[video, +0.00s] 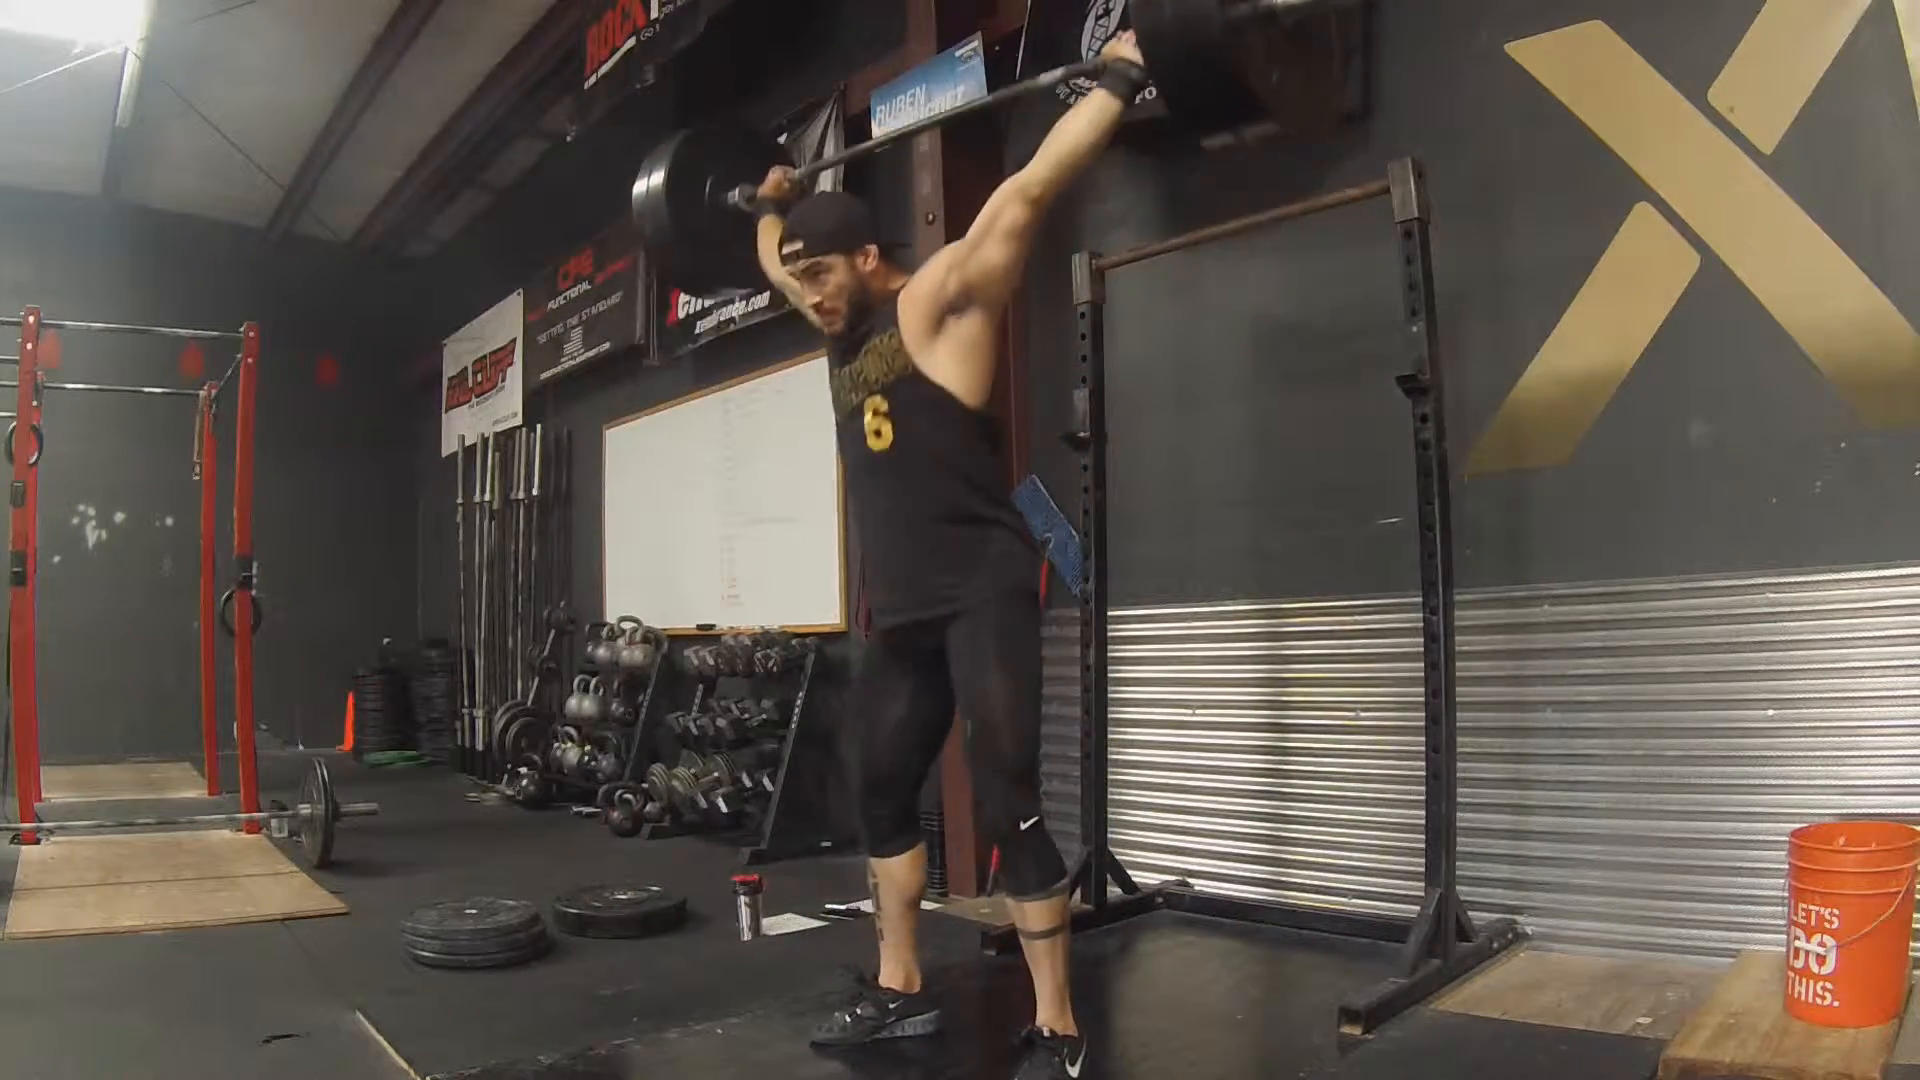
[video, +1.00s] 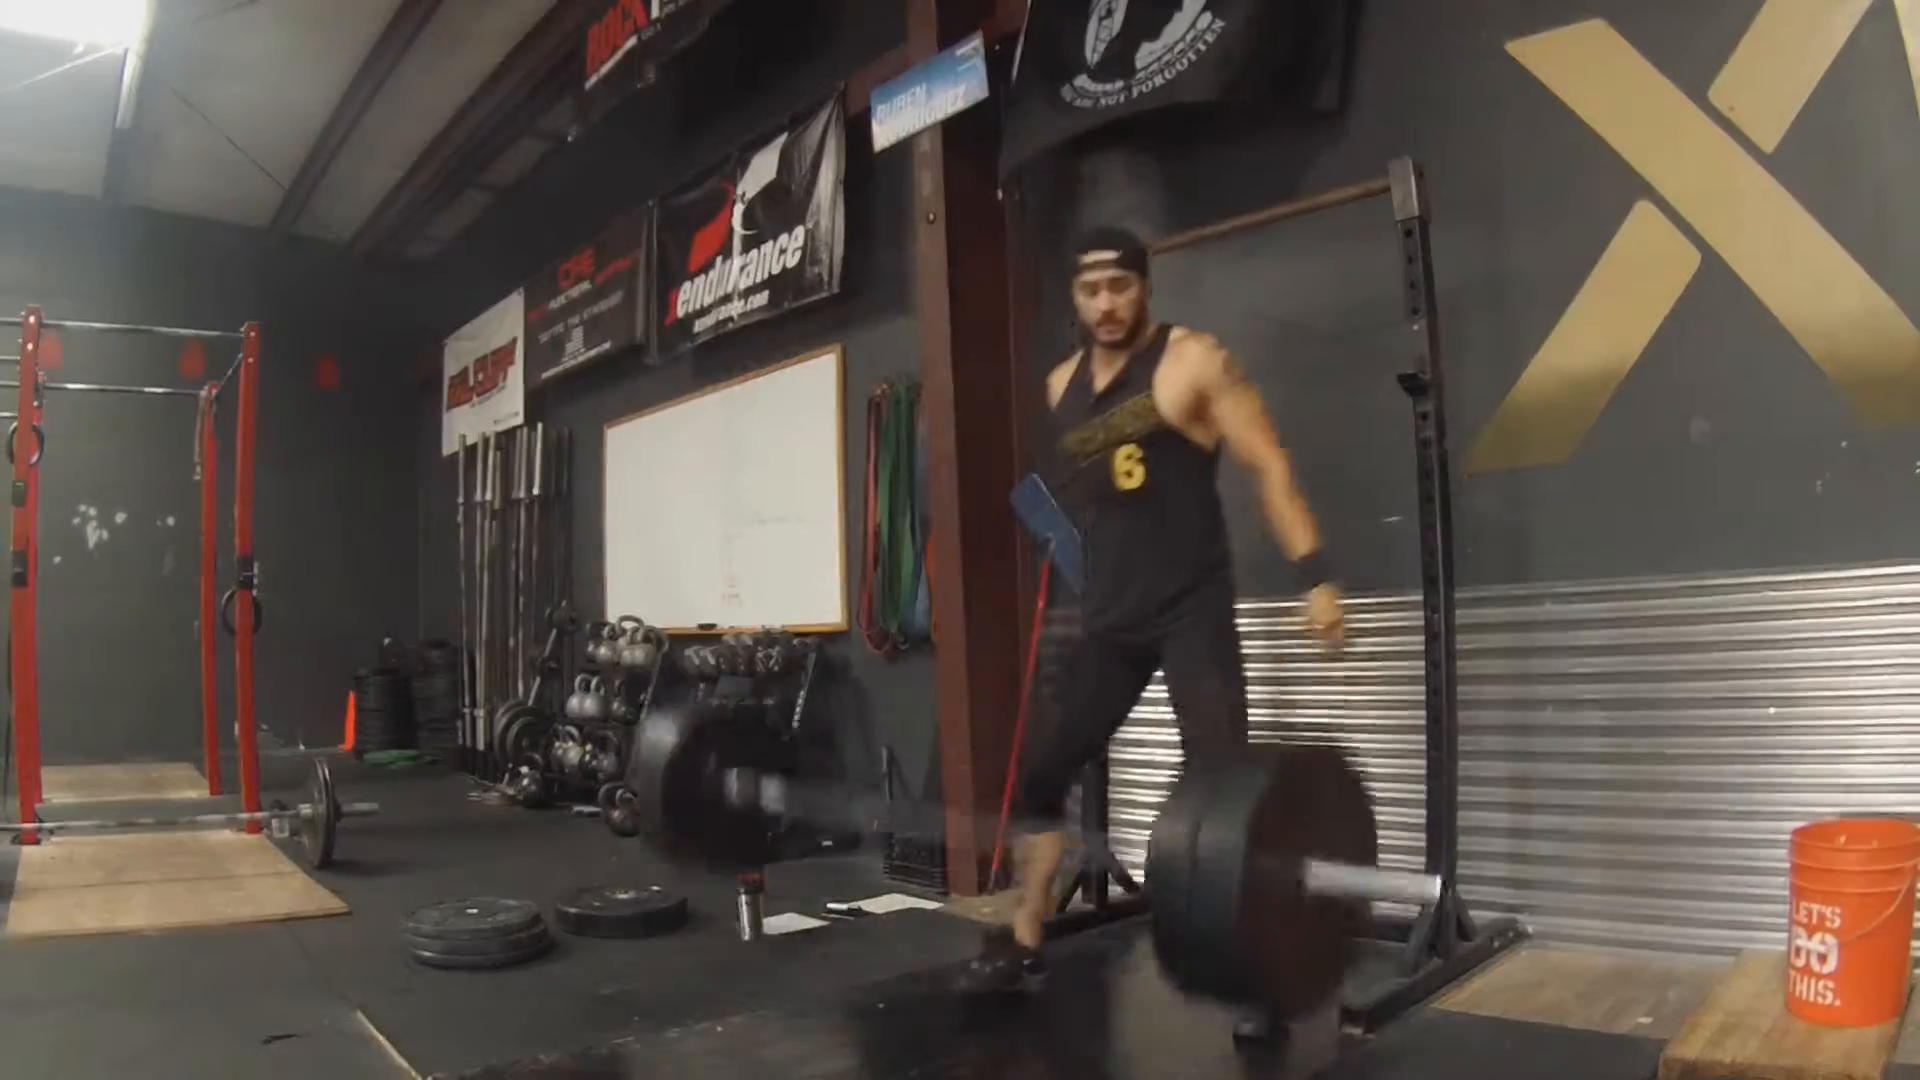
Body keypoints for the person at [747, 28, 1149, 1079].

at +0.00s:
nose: (807, 292)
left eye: (817, 271)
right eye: (797, 280)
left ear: (868, 255)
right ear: (813, 280)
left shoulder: (949, 290)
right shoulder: (853, 334)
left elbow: (1026, 188)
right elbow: (779, 268)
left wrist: (1115, 80)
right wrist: (769, 200)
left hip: (985, 588)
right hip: (900, 608)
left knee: (1008, 795)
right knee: (879, 787)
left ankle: (1057, 1031)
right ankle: (899, 998)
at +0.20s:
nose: (833, 292)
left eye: (843, 271)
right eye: (821, 280)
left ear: (889, 255)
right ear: (822, 280)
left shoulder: (967, 290)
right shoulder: (860, 326)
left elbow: (1036, 187)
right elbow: (790, 262)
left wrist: (1119, 79)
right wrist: (773, 196)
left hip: (984, 593)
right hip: (896, 609)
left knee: (1011, 797)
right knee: (883, 793)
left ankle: (1058, 1030)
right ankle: (900, 998)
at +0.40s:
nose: (894, 276)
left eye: (911, 260)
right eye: (891, 265)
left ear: (963, 263)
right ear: (902, 277)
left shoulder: (1015, 320)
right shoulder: (906, 344)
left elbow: (1082, 232)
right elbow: (832, 301)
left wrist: (1122, 119)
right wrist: (774, 230)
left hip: (1014, 607)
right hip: (927, 619)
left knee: (1005, 805)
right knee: (867, 783)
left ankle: (1057, 1031)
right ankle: (897, 994)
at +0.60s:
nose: (998, 285)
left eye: (1012, 270)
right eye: (992, 273)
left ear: (1058, 273)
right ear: (990, 278)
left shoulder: (1095, 335)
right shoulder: (986, 350)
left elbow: (1158, 366)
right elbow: (896, 386)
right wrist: (798, 361)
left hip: (1070, 600)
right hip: (990, 602)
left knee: (1089, 791)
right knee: (933, 781)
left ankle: (1182, 967)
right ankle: (995, 947)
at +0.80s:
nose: (1052, 326)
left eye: (1068, 311)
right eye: (1042, 314)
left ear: (1105, 320)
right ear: (1034, 326)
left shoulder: (1149, 400)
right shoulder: (1030, 417)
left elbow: (1203, 506)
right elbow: (1010, 528)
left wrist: (1190, 606)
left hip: (1139, 644)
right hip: (1052, 654)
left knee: (1192, 825)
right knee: (967, 794)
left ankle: (1258, 969)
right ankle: (1005, 956)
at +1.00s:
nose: (1107, 301)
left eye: (1121, 285)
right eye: (1092, 288)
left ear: (1146, 289)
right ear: (1074, 297)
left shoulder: (1195, 361)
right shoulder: (1063, 383)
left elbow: (1269, 460)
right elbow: (1090, 493)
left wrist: (1315, 574)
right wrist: (1080, 576)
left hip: (1193, 608)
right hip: (1109, 616)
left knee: (1223, 781)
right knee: (1042, 769)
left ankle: (1257, 969)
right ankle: (1027, 941)